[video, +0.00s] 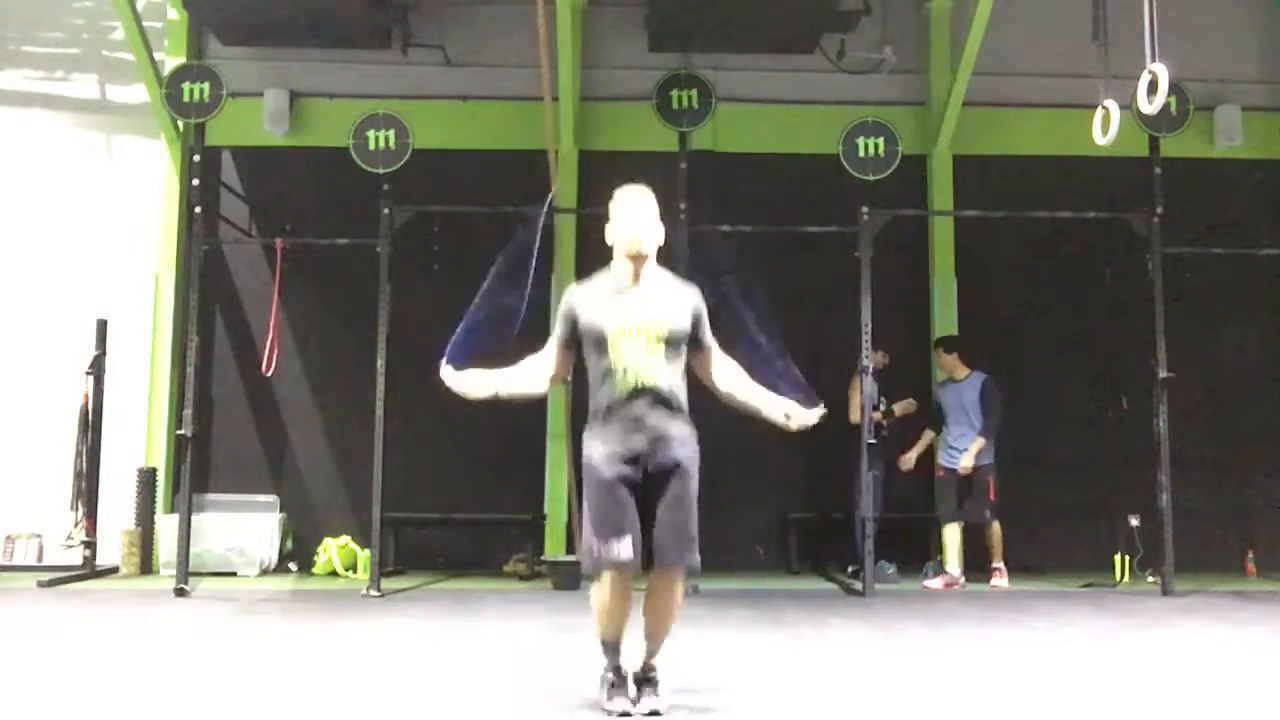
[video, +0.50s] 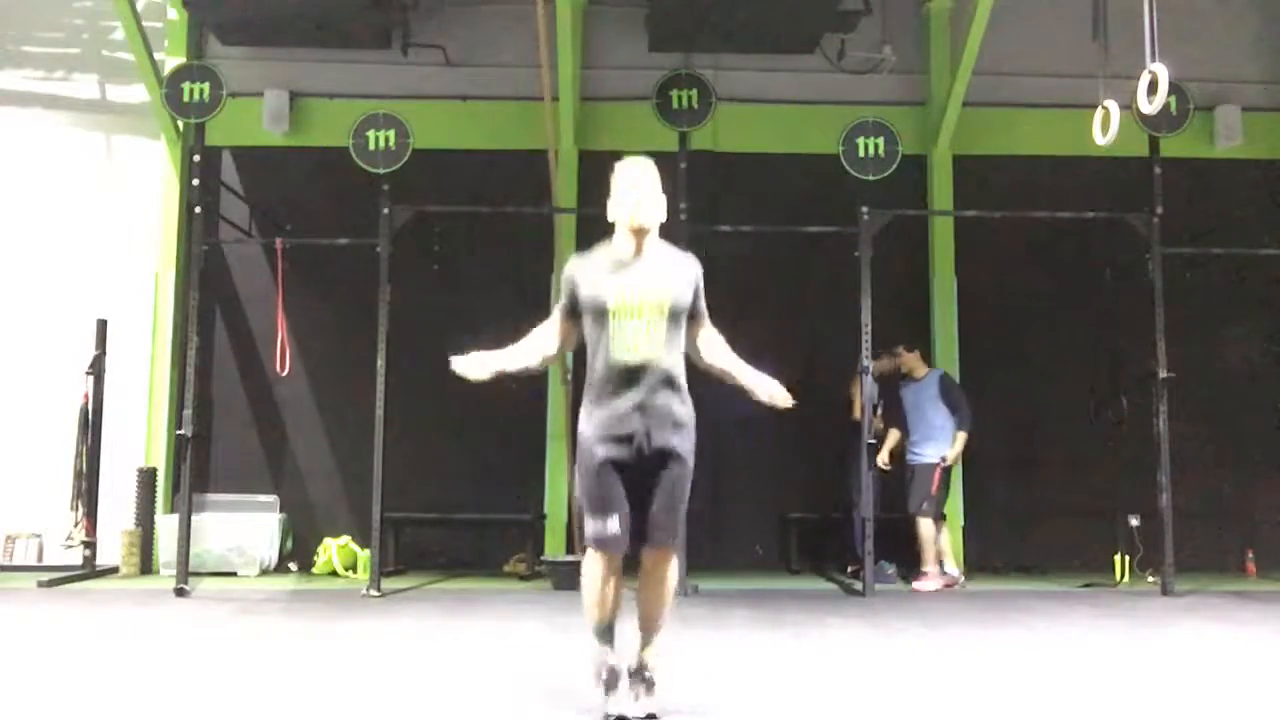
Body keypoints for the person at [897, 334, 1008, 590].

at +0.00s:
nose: (937, 362)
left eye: (940, 356)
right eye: (936, 356)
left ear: (953, 356)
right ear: (949, 357)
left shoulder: (983, 384)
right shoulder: (941, 389)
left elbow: (992, 423)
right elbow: (935, 424)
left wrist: (971, 452)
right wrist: (914, 452)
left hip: (980, 461)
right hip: (947, 462)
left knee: (986, 514)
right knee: (949, 517)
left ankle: (997, 567)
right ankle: (953, 573)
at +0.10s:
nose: (928, 361)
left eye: (931, 355)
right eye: (928, 355)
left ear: (946, 355)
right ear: (940, 356)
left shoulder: (974, 381)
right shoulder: (934, 387)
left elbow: (987, 418)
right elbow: (931, 424)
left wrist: (965, 446)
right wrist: (915, 455)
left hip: (970, 459)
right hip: (939, 461)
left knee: (978, 515)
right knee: (945, 517)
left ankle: (996, 564)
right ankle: (952, 573)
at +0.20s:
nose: (920, 361)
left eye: (924, 355)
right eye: (920, 356)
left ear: (939, 355)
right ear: (934, 357)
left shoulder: (967, 381)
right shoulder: (924, 387)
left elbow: (982, 417)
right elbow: (921, 424)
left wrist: (957, 443)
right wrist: (912, 458)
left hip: (960, 459)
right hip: (931, 460)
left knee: (968, 514)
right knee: (940, 518)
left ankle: (993, 560)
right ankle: (952, 572)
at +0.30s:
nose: (913, 360)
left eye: (917, 355)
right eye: (913, 355)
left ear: (931, 355)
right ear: (926, 357)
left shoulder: (959, 380)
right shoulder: (918, 387)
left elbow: (973, 418)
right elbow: (914, 423)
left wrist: (954, 446)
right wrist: (904, 455)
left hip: (951, 457)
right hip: (925, 458)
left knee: (952, 513)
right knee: (935, 517)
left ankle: (981, 553)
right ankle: (949, 569)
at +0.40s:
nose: (905, 361)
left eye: (909, 355)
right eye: (904, 356)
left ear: (924, 353)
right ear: (911, 358)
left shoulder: (951, 380)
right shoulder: (910, 387)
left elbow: (967, 418)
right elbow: (907, 423)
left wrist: (955, 450)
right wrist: (895, 451)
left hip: (943, 458)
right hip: (920, 459)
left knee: (936, 513)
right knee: (928, 515)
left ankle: (960, 562)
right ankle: (947, 571)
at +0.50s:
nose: (898, 361)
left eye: (902, 355)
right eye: (896, 356)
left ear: (916, 353)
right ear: (900, 359)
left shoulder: (940, 380)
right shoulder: (902, 388)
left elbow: (964, 414)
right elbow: (898, 423)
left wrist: (956, 448)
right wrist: (886, 449)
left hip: (937, 456)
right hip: (914, 458)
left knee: (922, 512)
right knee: (932, 516)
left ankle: (931, 572)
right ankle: (951, 569)